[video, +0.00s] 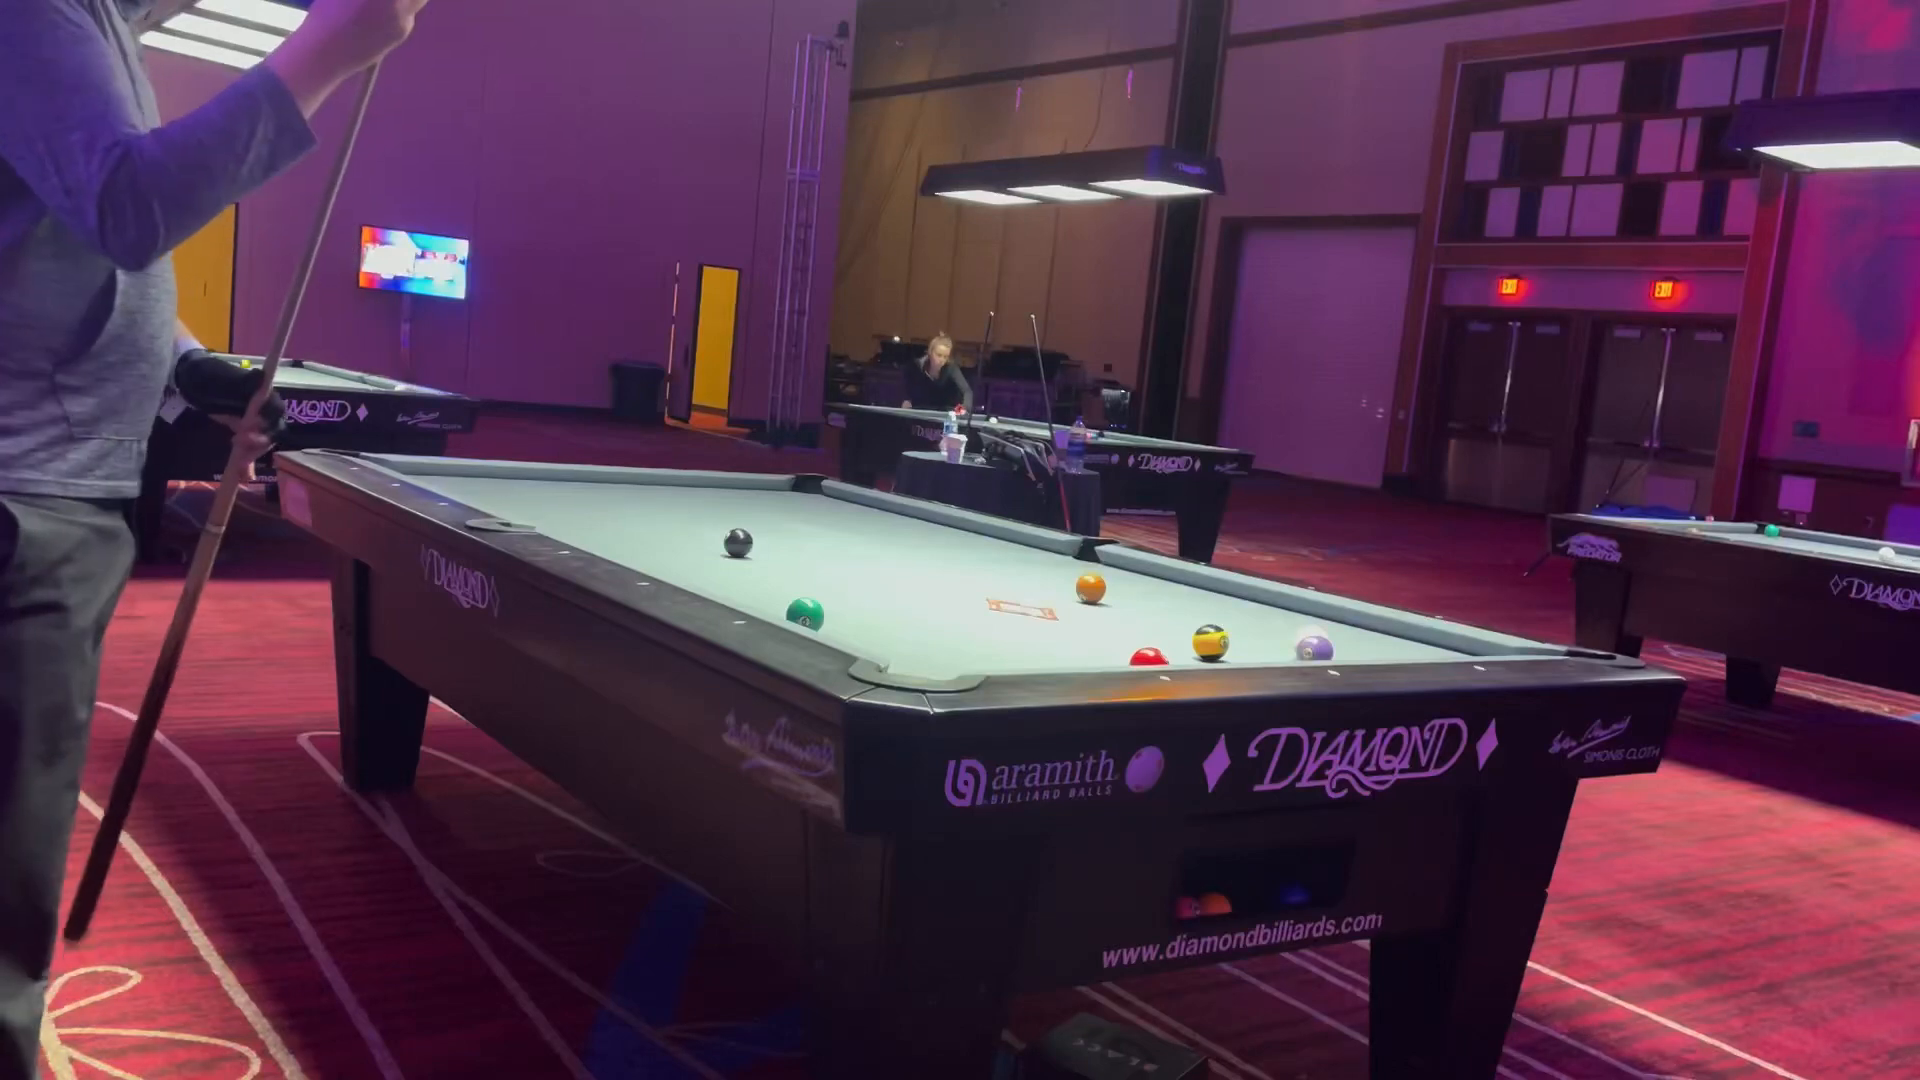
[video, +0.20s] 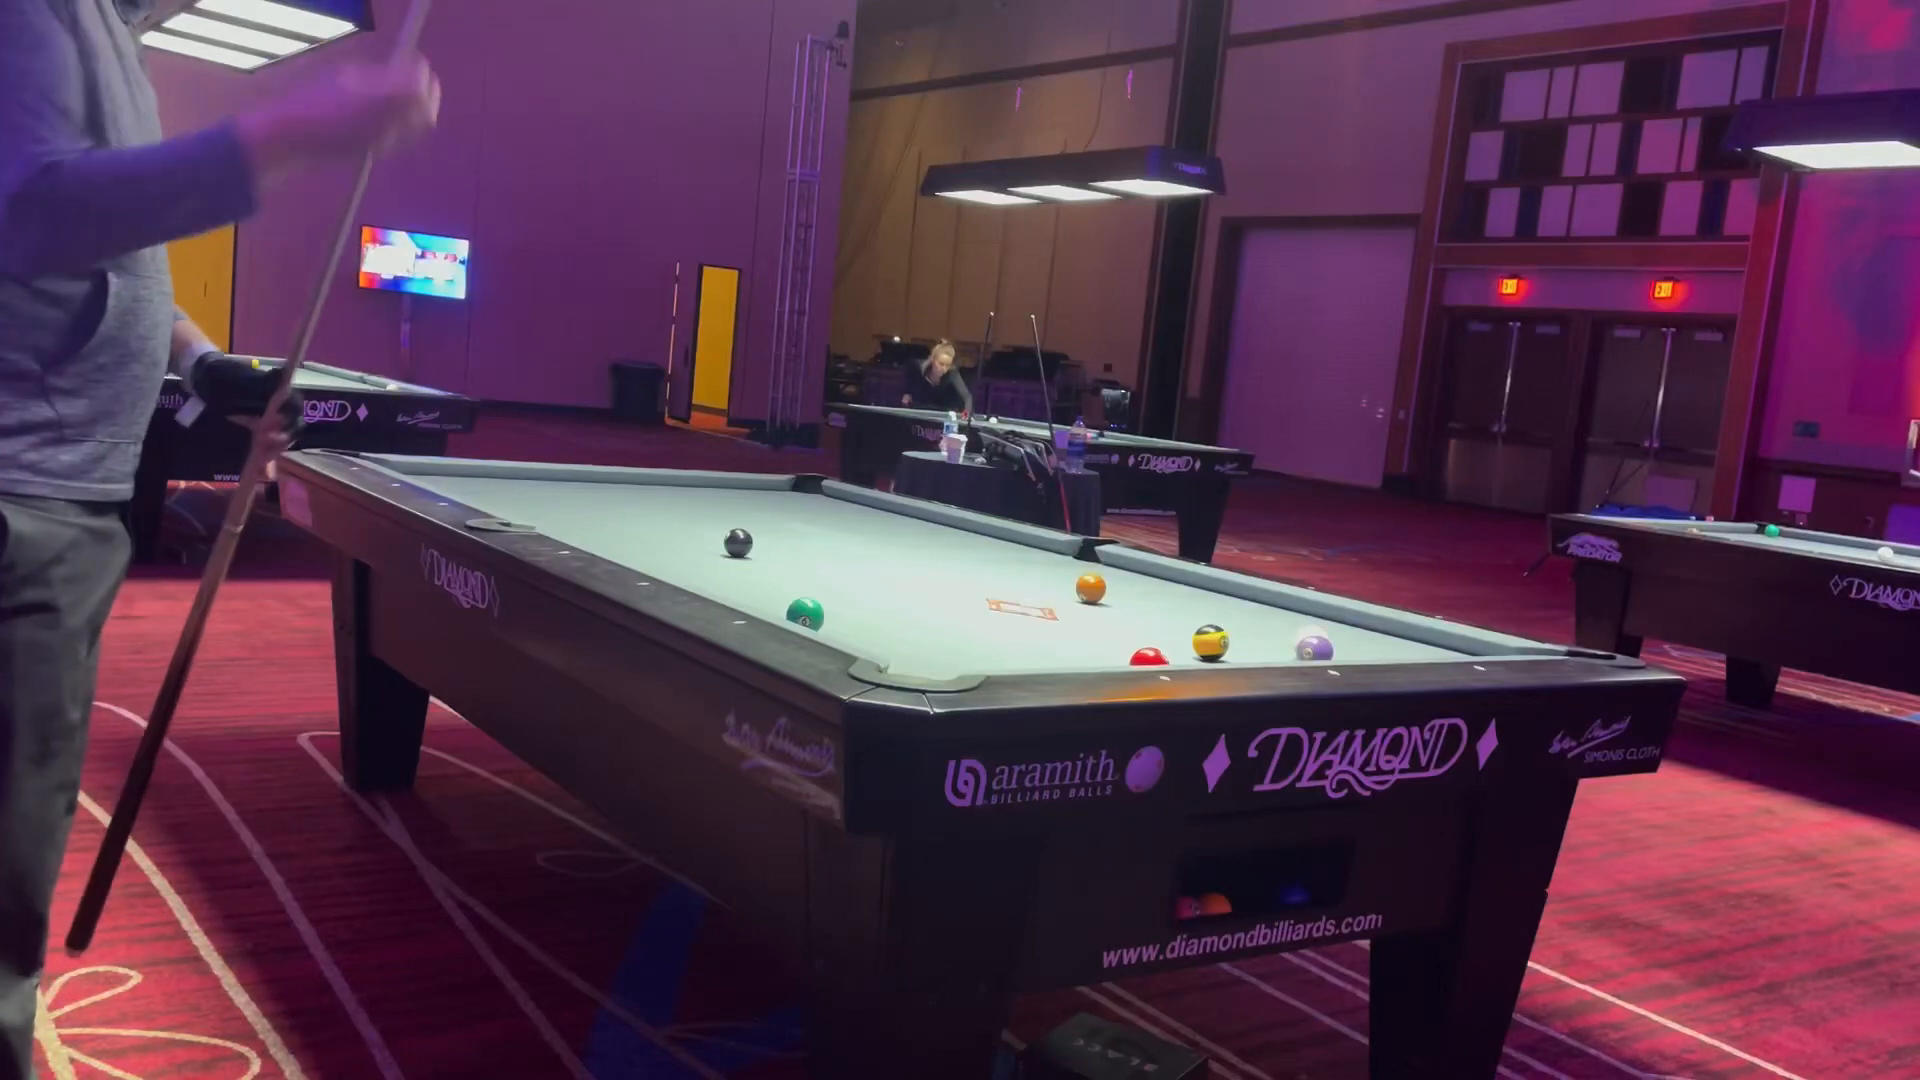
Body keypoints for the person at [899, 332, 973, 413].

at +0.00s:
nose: (942, 360)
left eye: (945, 357)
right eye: (938, 355)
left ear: (948, 357)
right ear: (930, 352)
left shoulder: (950, 369)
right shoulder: (915, 365)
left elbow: (966, 391)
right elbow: (904, 381)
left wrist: (964, 409)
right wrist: (905, 399)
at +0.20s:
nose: (944, 369)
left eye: (947, 365)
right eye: (941, 364)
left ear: (950, 365)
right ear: (932, 359)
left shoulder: (952, 374)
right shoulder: (916, 367)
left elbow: (966, 396)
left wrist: (966, 412)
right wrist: (907, 392)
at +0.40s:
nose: (944, 374)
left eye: (948, 371)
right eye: (942, 369)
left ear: (951, 370)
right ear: (933, 364)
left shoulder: (953, 380)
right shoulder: (918, 369)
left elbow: (966, 397)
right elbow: (909, 364)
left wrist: (965, 412)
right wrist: (908, 389)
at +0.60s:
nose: (944, 381)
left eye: (948, 377)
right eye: (942, 376)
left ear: (951, 377)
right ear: (934, 370)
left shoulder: (952, 385)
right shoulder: (920, 372)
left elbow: (966, 400)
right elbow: (911, 361)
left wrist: (966, 412)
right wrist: (908, 388)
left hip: (944, 409)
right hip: (920, 403)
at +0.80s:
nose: (943, 388)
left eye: (947, 384)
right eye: (941, 383)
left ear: (950, 384)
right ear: (933, 377)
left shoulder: (951, 390)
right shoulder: (921, 376)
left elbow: (967, 404)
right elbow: (911, 360)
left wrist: (967, 413)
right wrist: (908, 388)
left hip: (942, 411)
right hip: (920, 406)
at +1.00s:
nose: (943, 392)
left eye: (946, 389)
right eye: (941, 387)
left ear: (949, 388)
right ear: (932, 380)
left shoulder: (951, 396)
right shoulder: (920, 381)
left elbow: (968, 406)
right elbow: (912, 359)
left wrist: (966, 414)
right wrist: (909, 388)